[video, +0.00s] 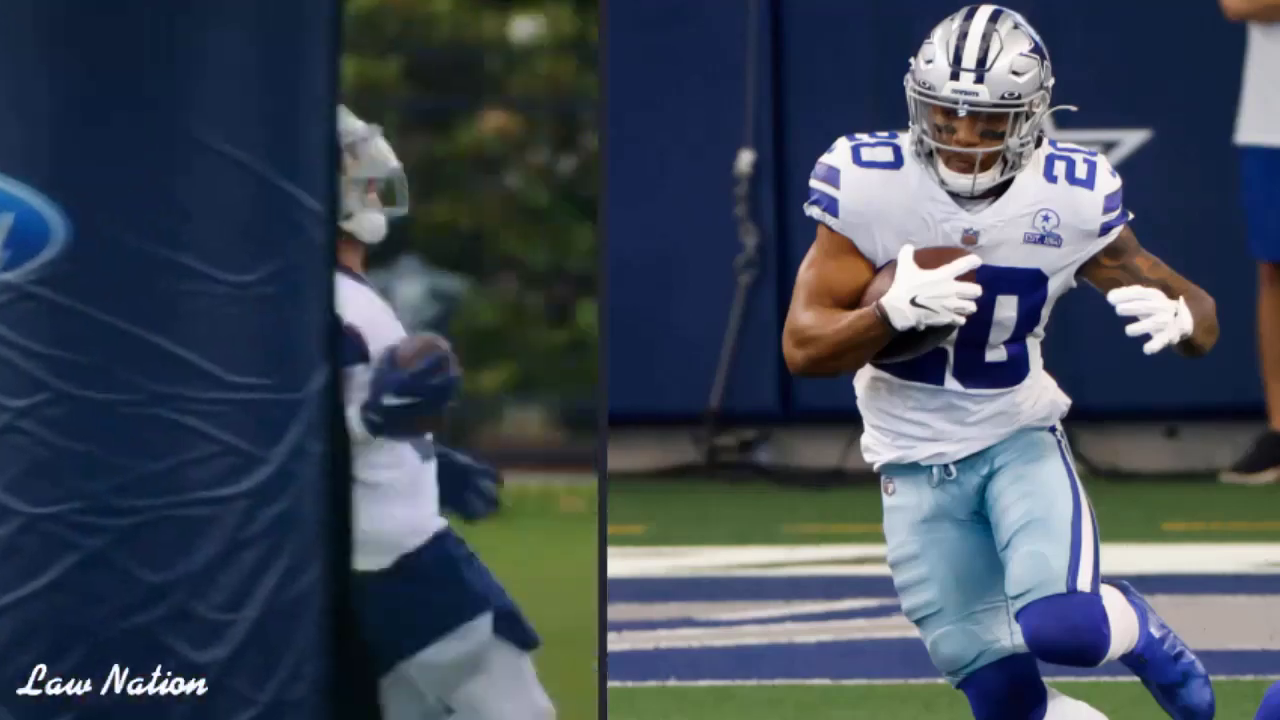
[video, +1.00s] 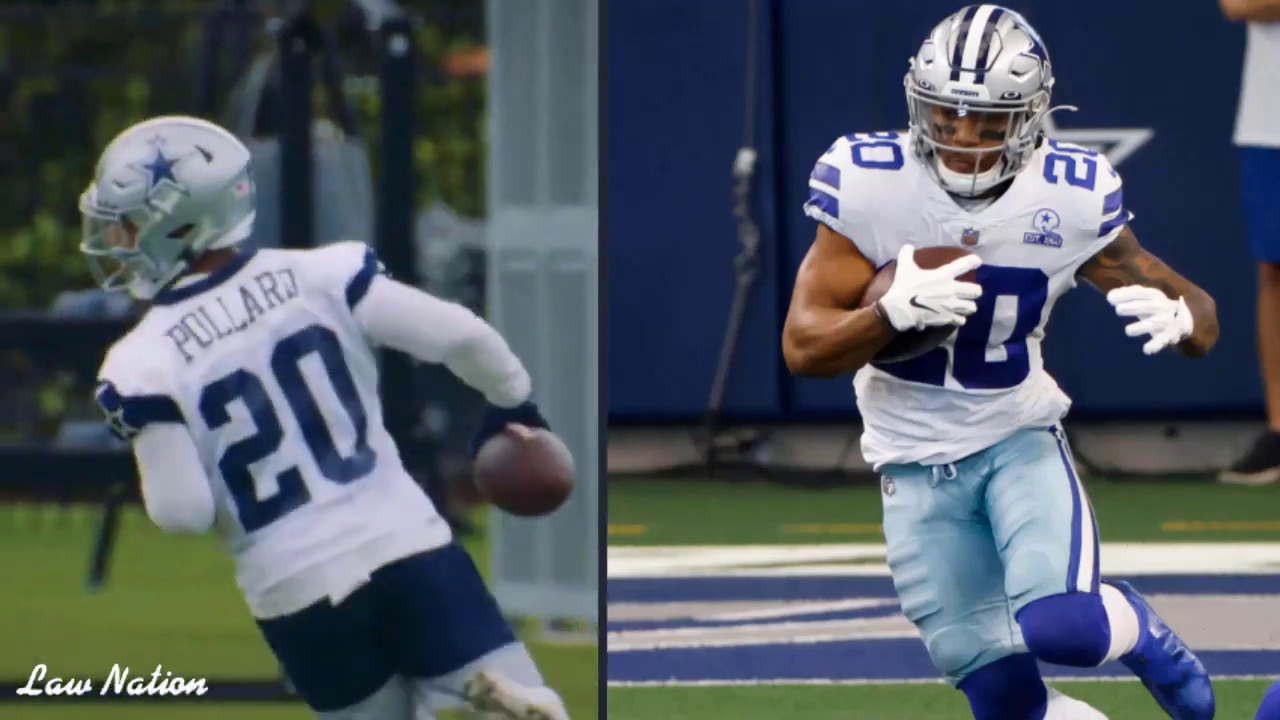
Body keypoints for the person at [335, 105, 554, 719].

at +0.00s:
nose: (377, 205)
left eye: (379, 189)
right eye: (363, 189)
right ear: (322, 196)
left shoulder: (356, 298)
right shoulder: (319, 306)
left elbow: (359, 435)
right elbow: (292, 429)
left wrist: (430, 469)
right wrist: (368, 412)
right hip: (393, 557)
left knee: (414, 705)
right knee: (513, 703)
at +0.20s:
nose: (437, 151)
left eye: (429, 138)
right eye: (429, 137)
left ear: (332, 173)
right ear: (423, 145)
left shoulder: (323, 279)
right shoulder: (422, 242)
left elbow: (289, 407)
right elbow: (443, 362)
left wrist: (397, 423)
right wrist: (564, 358)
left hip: (428, 511)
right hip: (486, 496)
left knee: (578, 681)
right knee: (547, 683)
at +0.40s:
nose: (411, 178)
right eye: (403, 164)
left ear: (305, 217)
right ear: (398, 178)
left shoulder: (315, 336)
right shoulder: (382, 279)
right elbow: (375, 404)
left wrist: (492, 380)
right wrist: (480, 363)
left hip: (406, 593)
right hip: (492, 553)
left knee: (534, 715)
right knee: (599, 693)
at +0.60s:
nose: (394, 172)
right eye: (389, 161)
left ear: (292, 219)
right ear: (389, 174)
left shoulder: (298, 332)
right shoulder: (410, 271)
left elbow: (348, 476)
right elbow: (435, 401)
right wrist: (565, 381)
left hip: (405, 576)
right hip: (512, 539)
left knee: (488, 708)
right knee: (609, 698)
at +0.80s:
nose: (199, 217)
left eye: (208, 201)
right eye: (196, 202)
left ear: (243, 206)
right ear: (315, 181)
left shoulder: (199, 326)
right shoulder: (399, 242)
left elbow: (203, 469)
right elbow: (537, 327)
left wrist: (288, 471)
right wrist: (516, 359)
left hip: (356, 582)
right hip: (466, 540)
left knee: (432, 707)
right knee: (535, 703)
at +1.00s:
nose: (111, 243)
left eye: (119, 227)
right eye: (111, 226)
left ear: (160, 230)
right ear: (231, 208)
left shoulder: (141, 360)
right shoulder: (321, 273)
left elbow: (184, 511)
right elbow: (459, 333)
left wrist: (150, 440)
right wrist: (519, 408)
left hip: (302, 603)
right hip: (411, 550)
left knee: (390, 707)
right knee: (527, 695)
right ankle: (507, 699)